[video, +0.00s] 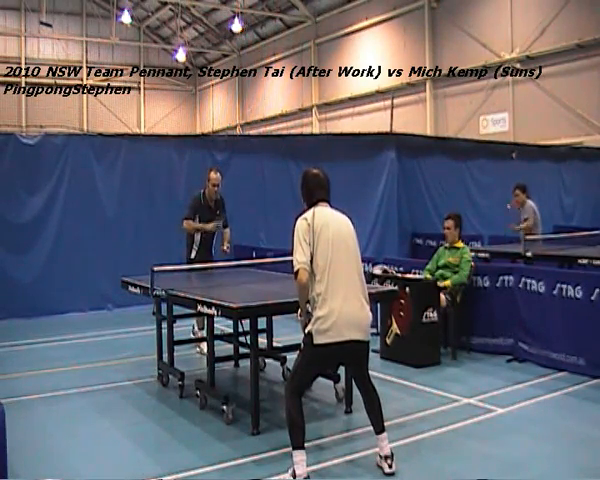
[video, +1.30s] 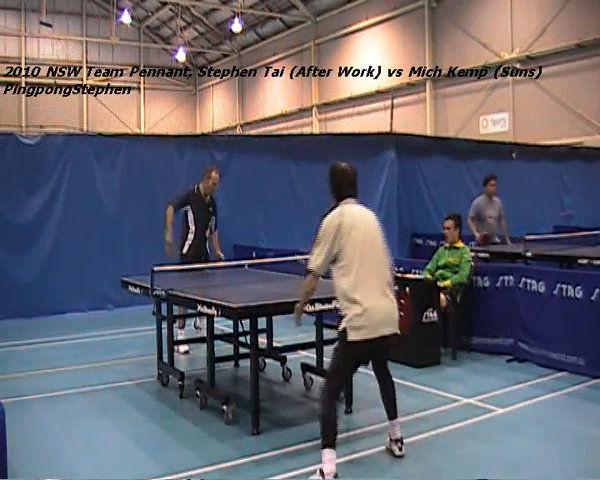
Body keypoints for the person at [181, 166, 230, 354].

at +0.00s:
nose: (215, 189)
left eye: (218, 185)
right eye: (213, 185)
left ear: (221, 185)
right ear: (206, 184)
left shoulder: (220, 201)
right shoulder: (197, 200)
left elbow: (225, 226)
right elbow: (187, 224)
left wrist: (225, 242)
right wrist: (207, 227)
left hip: (208, 253)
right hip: (195, 253)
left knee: (207, 294)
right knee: (199, 295)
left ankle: (199, 331)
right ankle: (199, 332)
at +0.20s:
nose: (215, 187)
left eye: (217, 183)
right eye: (212, 183)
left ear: (220, 183)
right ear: (206, 182)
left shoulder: (219, 199)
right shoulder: (198, 198)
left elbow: (225, 218)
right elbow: (197, 222)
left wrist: (227, 225)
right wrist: (218, 211)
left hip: (209, 251)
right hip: (195, 252)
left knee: (209, 292)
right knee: (199, 295)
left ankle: (198, 324)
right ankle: (201, 334)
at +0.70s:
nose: (220, 191)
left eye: (222, 188)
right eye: (219, 187)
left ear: (219, 188)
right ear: (209, 185)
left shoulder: (208, 200)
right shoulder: (203, 201)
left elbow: (211, 224)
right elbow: (216, 224)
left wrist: (224, 233)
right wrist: (226, 214)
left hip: (202, 252)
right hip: (196, 253)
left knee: (207, 289)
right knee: (203, 294)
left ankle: (199, 322)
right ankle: (202, 334)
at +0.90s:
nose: (222, 190)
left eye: (224, 187)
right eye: (220, 185)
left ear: (223, 187)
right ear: (211, 183)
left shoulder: (217, 202)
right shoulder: (201, 197)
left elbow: (214, 228)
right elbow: (185, 181)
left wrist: (218, 247)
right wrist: (190, 187)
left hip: (204, 249)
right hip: (190, 248)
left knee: (204, 286)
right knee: (193, 288)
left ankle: (199, 325)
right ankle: (192, 328)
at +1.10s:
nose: (217, 183)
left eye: (219, 181)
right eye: (215, 179)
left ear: (221, 182)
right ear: (207, 176)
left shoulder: (216, 198)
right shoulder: (196, 188)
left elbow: (214, 226)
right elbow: (174, 185)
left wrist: (216, 248)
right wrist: (168, 195)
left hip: (204, 248)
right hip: (189, 247)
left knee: (203, 287)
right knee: (185, 288)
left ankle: (198, 324)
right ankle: (180, 329)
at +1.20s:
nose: (214, 186)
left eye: (217, 183)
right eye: (213, 181)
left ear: (218, 183)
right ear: (206, 178)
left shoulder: (213, 201)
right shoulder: (192, 192)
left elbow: (214, 230)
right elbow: (171, 197)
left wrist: (218, 250)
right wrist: (166, 220)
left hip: (204, 253)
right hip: (188, 252)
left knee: (204, 291)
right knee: (183, 293)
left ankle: (198, 325)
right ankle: (179, 332)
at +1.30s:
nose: (214, 186)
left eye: (216, 183)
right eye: (212, 182)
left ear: (216, 184)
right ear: (204, 180)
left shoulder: (212, 202)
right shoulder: (191, 195)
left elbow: (212, 230)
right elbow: (170, 208)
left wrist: (216, 250)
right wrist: (168, 237)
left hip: (203, 254)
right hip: (188, 254)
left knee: (204, 291)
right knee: (183, 295)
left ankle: (200, 322)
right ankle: (179, 333)